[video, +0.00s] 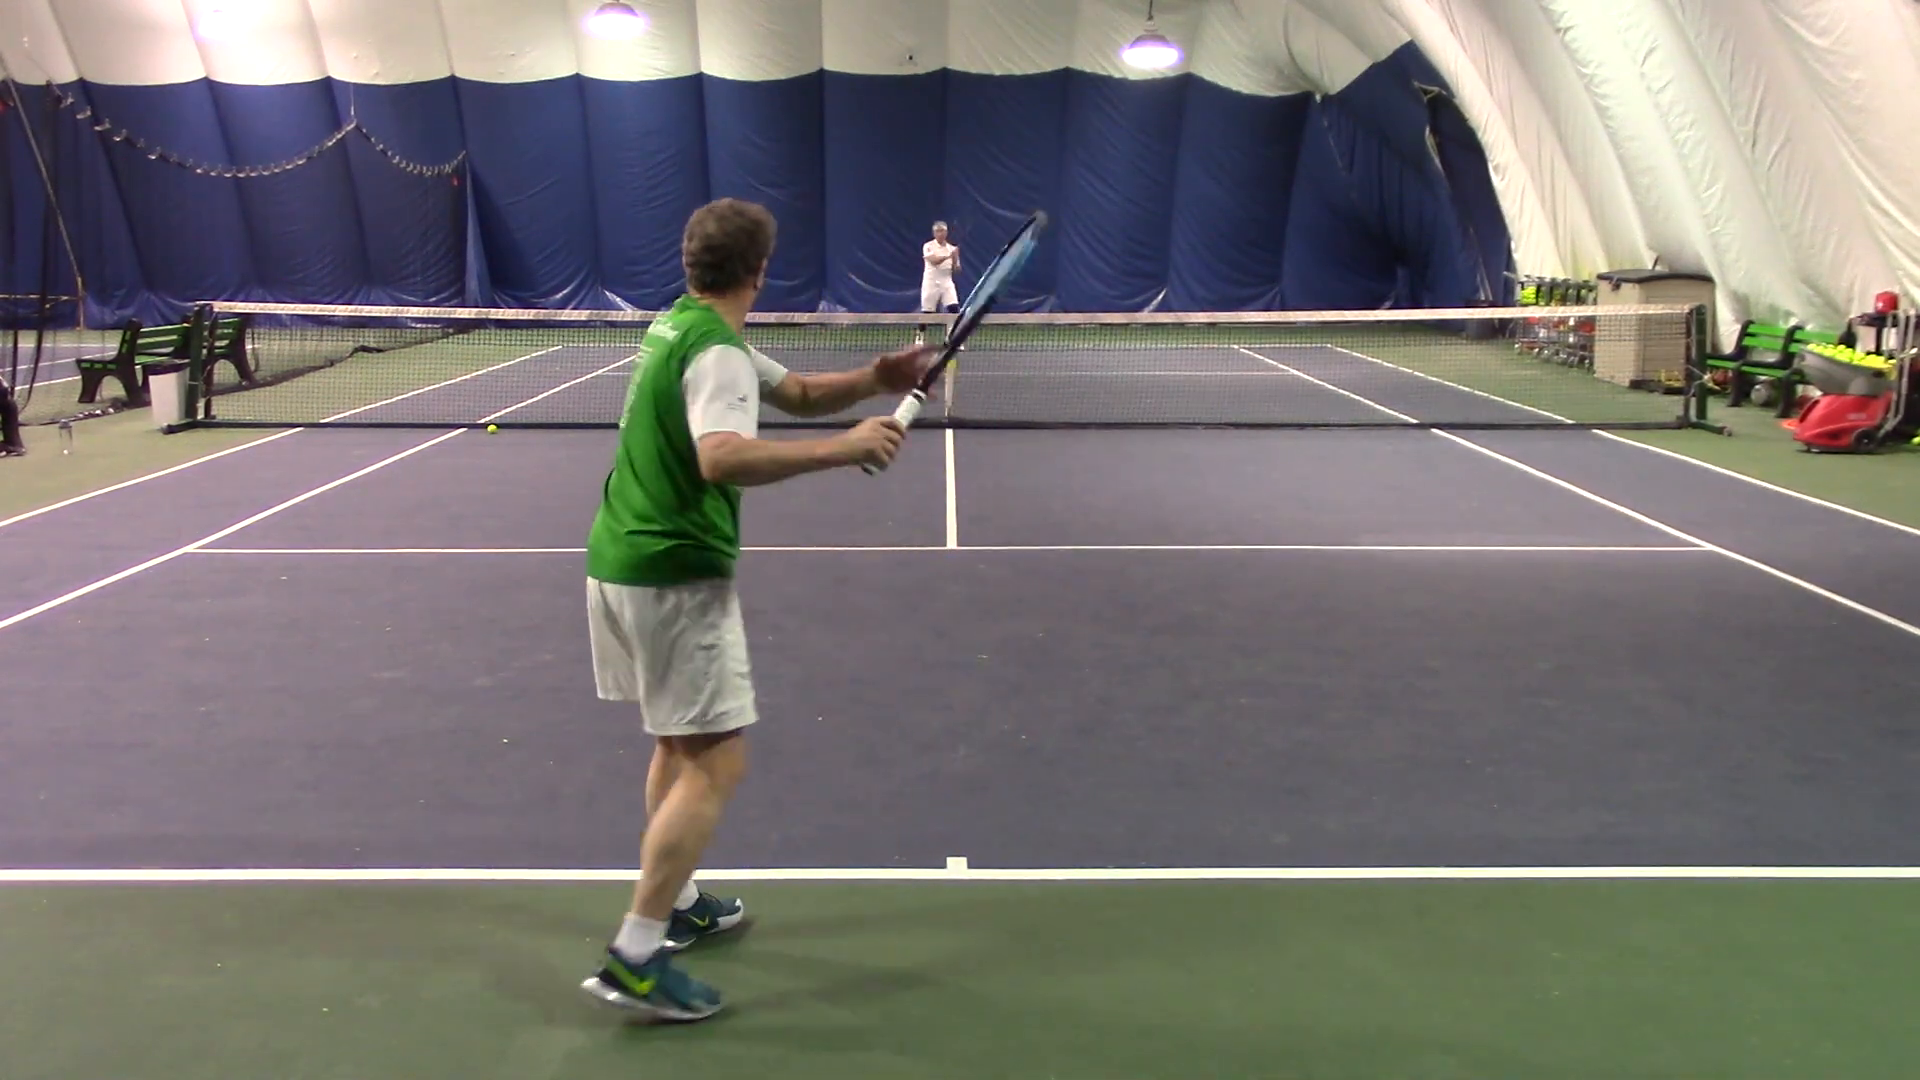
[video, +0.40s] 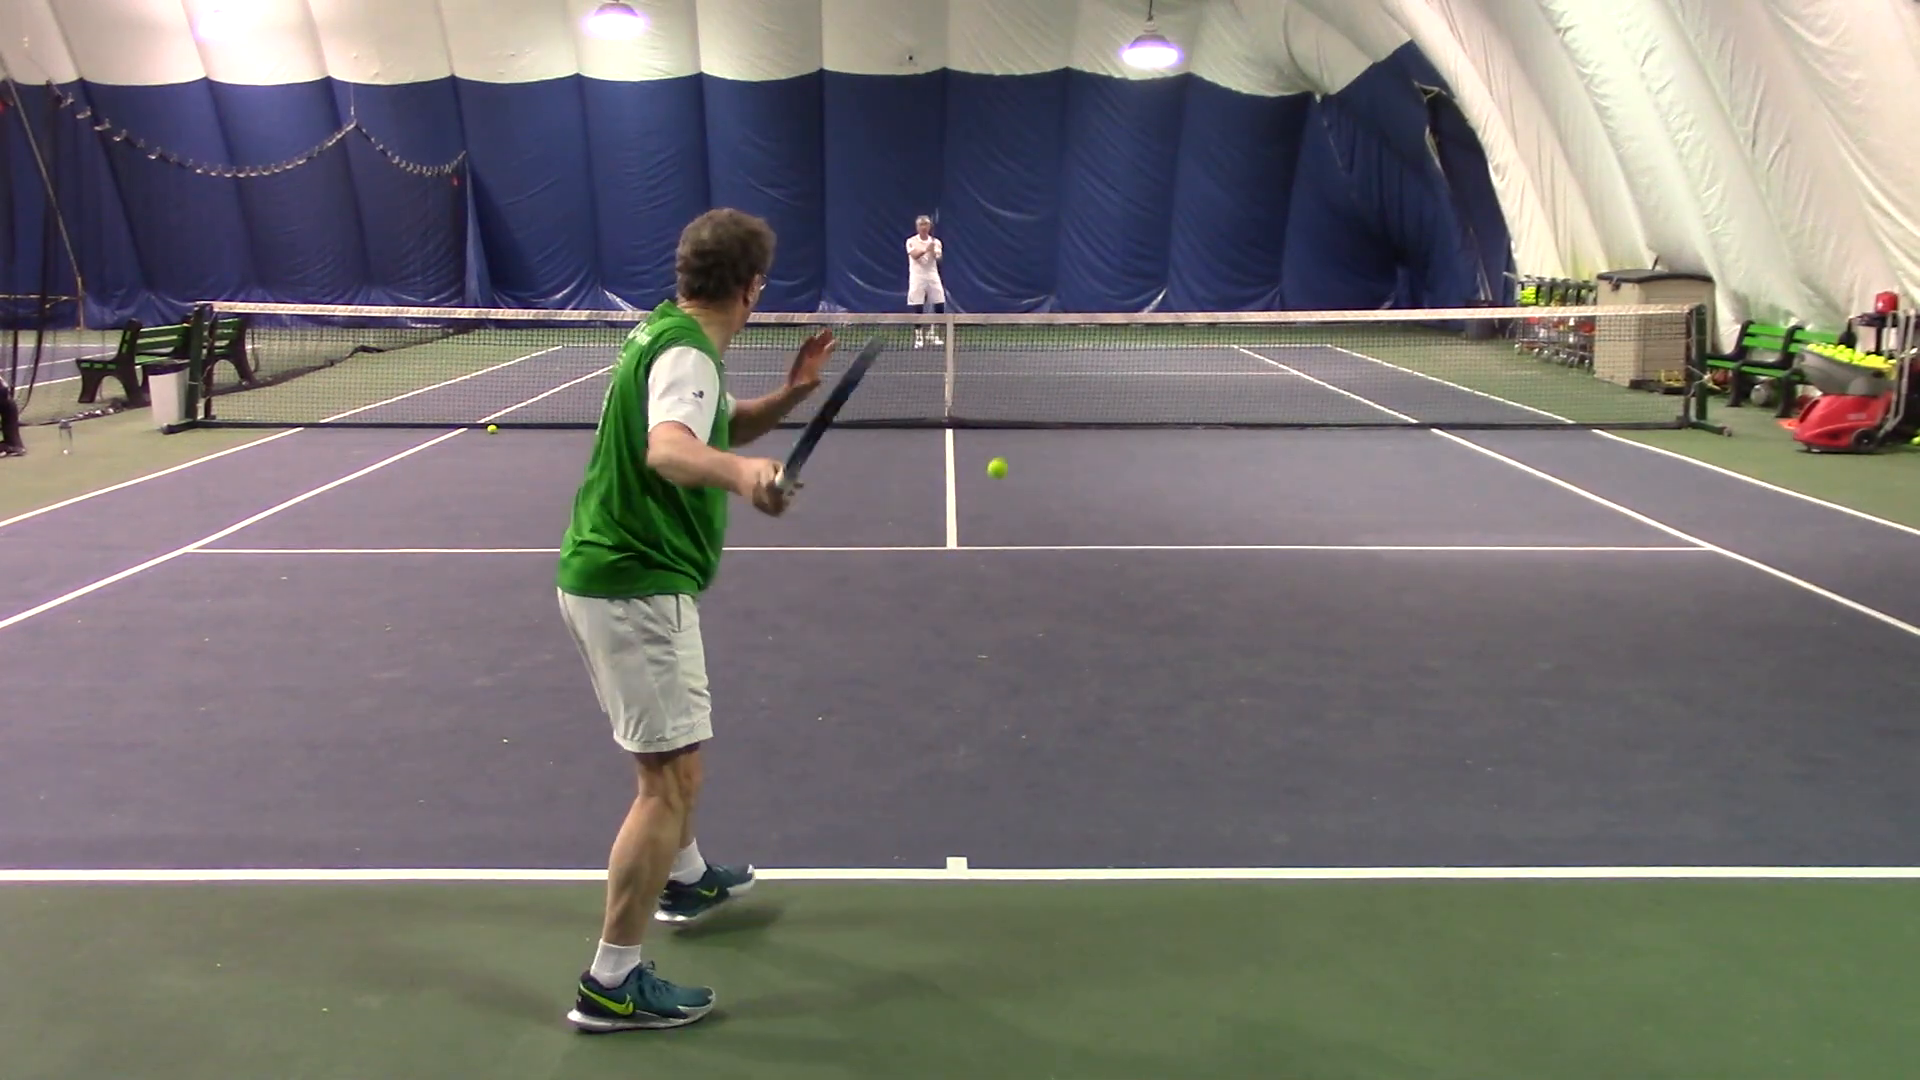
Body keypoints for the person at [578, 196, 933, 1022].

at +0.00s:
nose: (769, 273)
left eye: (761, 260)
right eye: (769, 262)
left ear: (691, 265)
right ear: (759, 272)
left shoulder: (676, 330)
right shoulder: (718, 350)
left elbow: (791, 392)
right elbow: (721, 456)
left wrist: (877, 377)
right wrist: (840, 448)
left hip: (624, 570)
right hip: (677, 580)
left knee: (675, 746)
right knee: (717, 764)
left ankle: (669, 903)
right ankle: (634, 953)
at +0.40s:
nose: (765, 290)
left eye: (765, 279)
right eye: (765, 279)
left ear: (686, 275)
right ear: (750, 286)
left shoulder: (667, 337)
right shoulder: (688, 351)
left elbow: (709, 426)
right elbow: (665, 446)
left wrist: (788, 396)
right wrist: (740, 471)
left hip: (622, 577)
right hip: (635, 587)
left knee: (673, 738)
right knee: (670, 784)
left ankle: (677, 877)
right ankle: (611, 976)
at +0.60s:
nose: (782, 305)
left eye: (784, 293)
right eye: (782, 294)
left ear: (704, 285)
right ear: (763, 298)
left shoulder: (660, 337)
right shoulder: (715, 373)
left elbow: (608, 411)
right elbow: (736, 487)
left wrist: (718, 406)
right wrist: (826, 536)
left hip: (600, 583)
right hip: (655, 595)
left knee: (670, 746)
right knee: (668, 786)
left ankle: (694, 880)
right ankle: (611, 977)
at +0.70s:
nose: (785, 307)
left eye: (784, 294)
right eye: (785, 295)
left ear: (707, 284)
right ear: (767, 301)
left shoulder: (644, 335)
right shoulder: (739, 383)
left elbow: (578, 395)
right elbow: (795, 510)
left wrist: (643, 402)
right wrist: (900, 562)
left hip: (606, 582)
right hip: (671, 594)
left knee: (676, 737)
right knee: (669, 782)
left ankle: (697, 883)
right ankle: (612, 969)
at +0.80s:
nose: (787, 302)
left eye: (788, 289)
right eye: (788, 290)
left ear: (709, 279)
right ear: (765, 295)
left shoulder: (636, 324)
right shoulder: (764, 383)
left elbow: (571, 368)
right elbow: (820, 482)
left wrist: (629, 341)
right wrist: (901, 496)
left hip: (616, 570)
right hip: (693, 582)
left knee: (677, 733)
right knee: (684, 764)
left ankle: (697, 880)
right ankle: (626, 946)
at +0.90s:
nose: (805, 299)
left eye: (804, 287)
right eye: (805, 289)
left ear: (727, 276)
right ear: (785, 296)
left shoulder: (648, 318)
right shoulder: (783, 376)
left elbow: (561, 335)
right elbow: (819, 395)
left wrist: (600, 327)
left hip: (627, 568)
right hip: (708, 581)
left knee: (685, 732)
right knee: (693, 756)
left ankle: (698, 878)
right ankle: (639, 931)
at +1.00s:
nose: (825, 299)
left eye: (825, 288)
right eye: (825, 290)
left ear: (745, 277)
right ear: (807, 300)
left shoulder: (666, 320)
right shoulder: (808, 365)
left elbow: (558, 336)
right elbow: (758, 360)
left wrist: (628, 349)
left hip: (640, 562)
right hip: (724, 574)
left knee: (684, 723)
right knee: (711, 750)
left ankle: (699, 878)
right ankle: (659, 923)